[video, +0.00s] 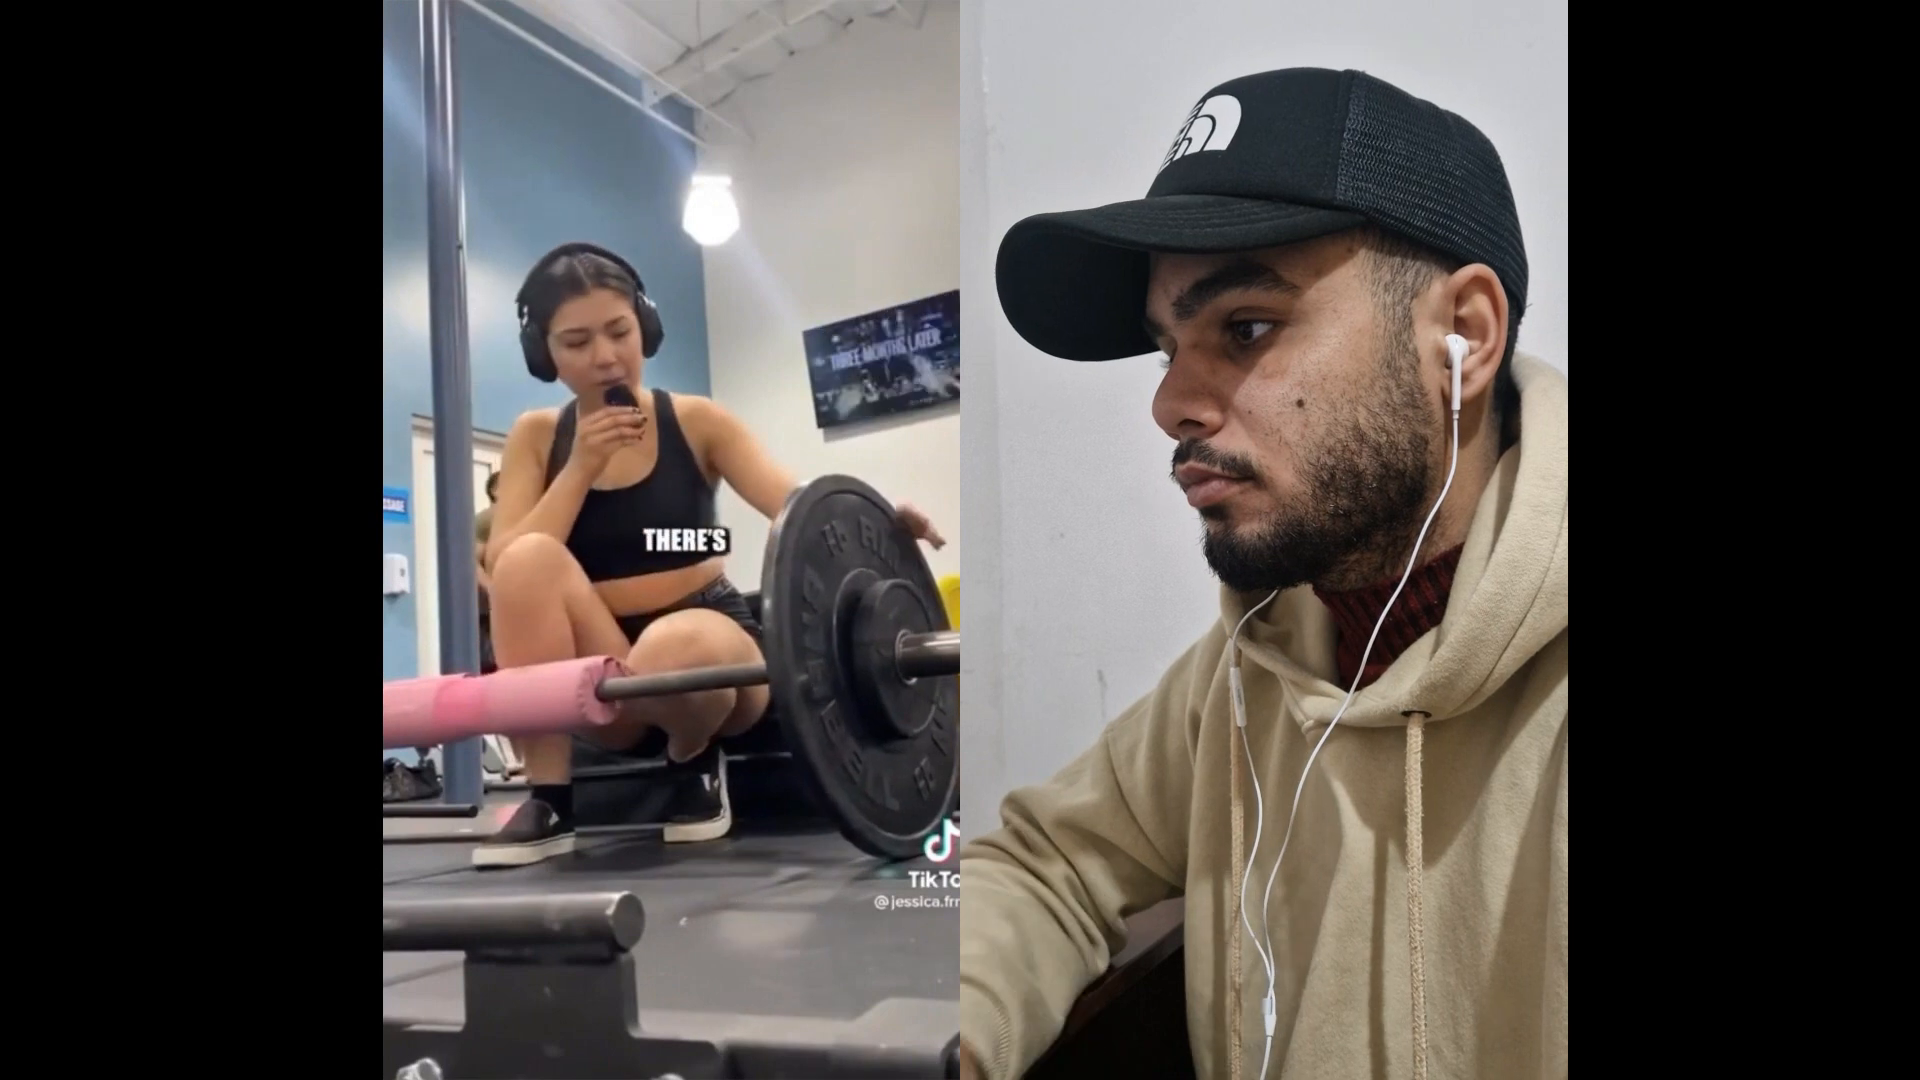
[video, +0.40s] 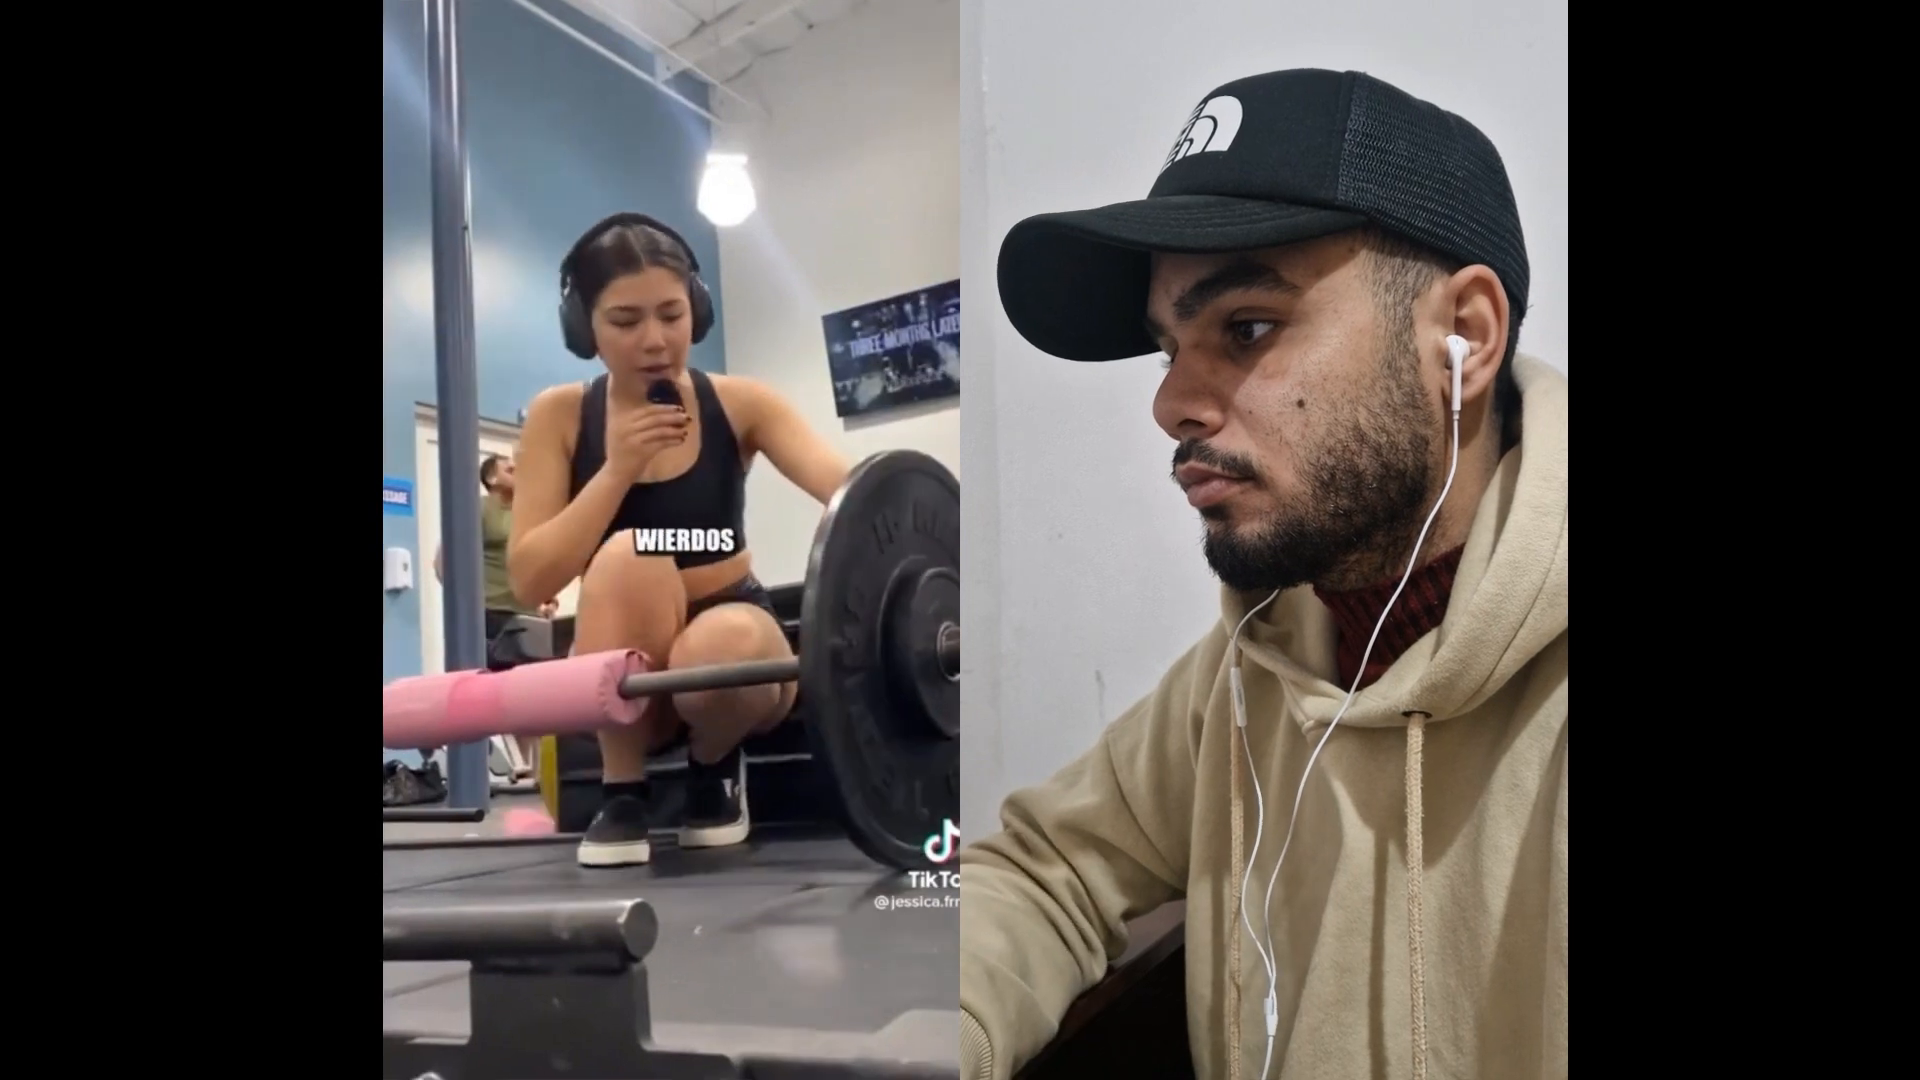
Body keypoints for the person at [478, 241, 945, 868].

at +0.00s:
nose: (605, 355)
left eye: (618, 331)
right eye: (578, 341)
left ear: (643, 329)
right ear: (548, 355)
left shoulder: (697, 422)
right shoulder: (536, 435)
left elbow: (792, 505)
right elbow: (508, 569)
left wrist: (877, 526)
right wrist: (579, 470)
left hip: (712, 652)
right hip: (598, 669)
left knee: (674, 650)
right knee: (526, 559)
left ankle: (693, 761)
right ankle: (545, 798)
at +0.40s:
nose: (654, 340)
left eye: (671, 314)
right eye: (626, 320)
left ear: (695, 312)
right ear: (586, 327)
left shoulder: (743, 404)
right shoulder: (559, 416)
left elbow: (845, 488)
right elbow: (530, 581)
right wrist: (616, 472)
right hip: (620, 657)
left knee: (722, 658)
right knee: (627, 560)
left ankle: (712, 765)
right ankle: (622, 793)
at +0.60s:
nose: (652, 324)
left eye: (671, 299)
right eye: (625, 301)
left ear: (695, 295)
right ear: (584, 302)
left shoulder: (736, 386)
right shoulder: (551, 395)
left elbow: (843, 474)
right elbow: (521, 565)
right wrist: (618, 456)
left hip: (713, 634)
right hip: (589, 634)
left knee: (828, 691)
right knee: (710, 581)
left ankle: (680, 750)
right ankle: (637, 781)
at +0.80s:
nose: (644, 309)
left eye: (664, 283)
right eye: (617, 285)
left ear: (689, 278)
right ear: (575, 284)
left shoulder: (732, 370)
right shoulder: (544, 389)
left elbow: (845, 453)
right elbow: (512, 561)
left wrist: (911, 508)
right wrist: (608, 442)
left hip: (731, 615)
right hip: (608, 626)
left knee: (852, 775)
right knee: (774, 630)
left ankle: (691, 751)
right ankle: (637, 779)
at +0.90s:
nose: (656, 304)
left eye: (677, 278)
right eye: (630, 280)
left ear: (701, 273)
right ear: (586, 275)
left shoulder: (740, 358)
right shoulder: (555, 387)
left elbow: (859, 442)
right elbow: (528, 561)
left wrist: (927, 502)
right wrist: (619, 437)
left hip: (748, 606)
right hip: (624, 618)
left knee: (861, 808)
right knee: (789, 650)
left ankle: (705, 754)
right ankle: (642, 771)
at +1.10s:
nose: (850, 179)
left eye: (873, 161)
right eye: (834, 146)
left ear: (887, 159)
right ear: (777, 119)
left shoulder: (856, 250)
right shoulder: (685, 221)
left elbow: (860, 388)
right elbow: (611, 392)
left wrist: (854, 457)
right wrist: (742, 291)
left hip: (819, 512)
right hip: (708, 505)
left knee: (837, 784)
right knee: (782, 799)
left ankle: (702, 735)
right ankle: (626, 721)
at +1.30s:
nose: (841, 185)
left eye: (864, 166)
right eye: (824, 153)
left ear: (878, 164)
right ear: (767, 128)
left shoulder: (853, 249)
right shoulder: (680, 231)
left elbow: (886, 378)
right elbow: (613, 408)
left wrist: (873, 440)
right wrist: (729, 297)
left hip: (822, 513)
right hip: (710, 508)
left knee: (840, 784)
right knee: (783, 803)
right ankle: (632, 698)